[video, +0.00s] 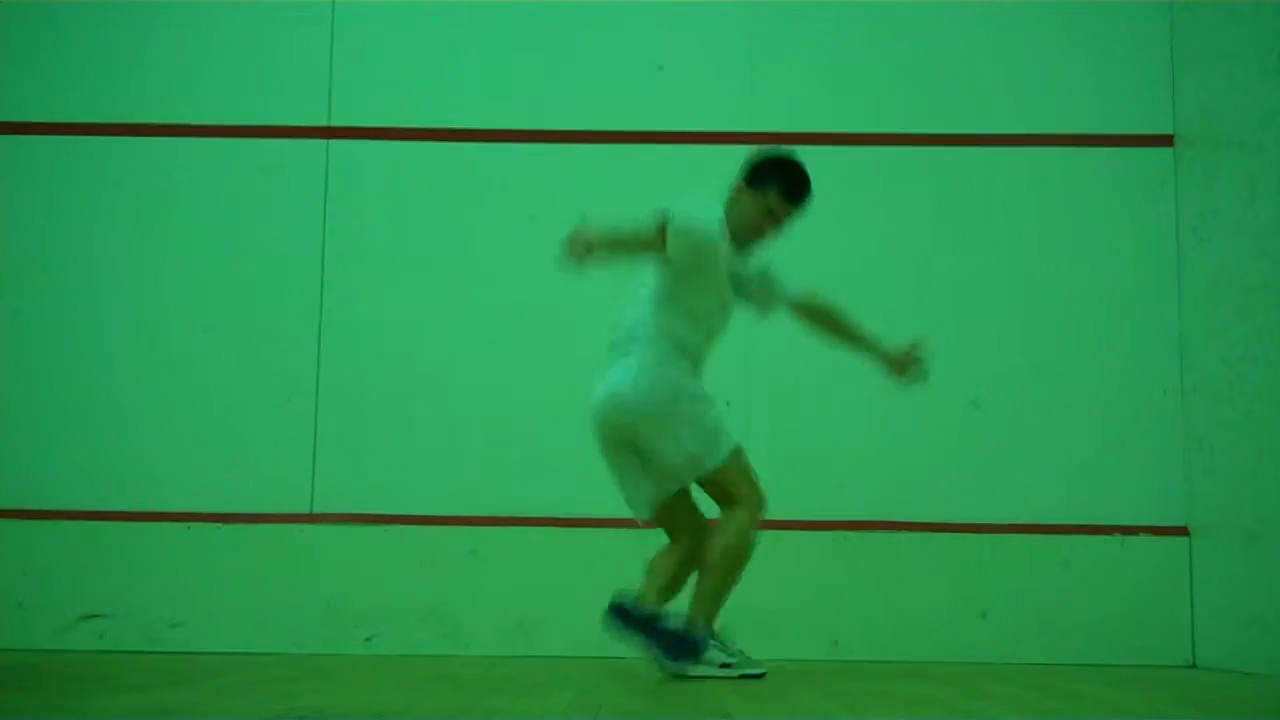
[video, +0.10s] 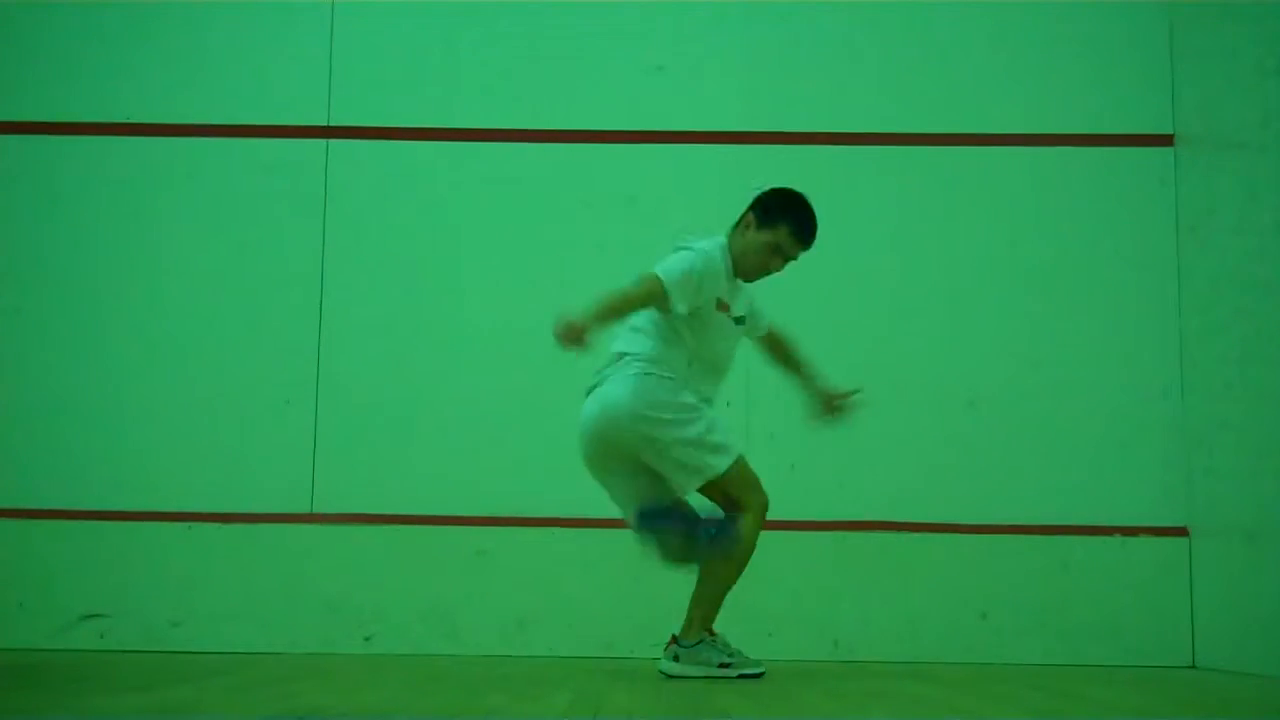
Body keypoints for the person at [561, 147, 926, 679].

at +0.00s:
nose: (769, 226)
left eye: (780, 220)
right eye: (767, 210)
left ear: (784, 221)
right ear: (740, 191)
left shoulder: (744, 272)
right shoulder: (699, 234)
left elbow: (810, 309)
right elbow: (645, 238)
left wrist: (883, 355)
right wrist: (592, 243)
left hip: (616, 402)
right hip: (659, 389)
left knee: (691, 534)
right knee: (746, 503)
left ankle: (639, 609)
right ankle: (696, 634)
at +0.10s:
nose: (776, 267)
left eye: (788, 261)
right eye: (776, 251)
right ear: (748, 223)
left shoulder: (741, 299)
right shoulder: (702, 261)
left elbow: (775, 342)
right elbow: (642, 292)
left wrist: (817, 390)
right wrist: (586, 321)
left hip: (601, 422)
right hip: (648, 400)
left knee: (685, 536)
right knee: (749, 503)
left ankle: (680, 533)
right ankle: (693, 640)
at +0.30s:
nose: (743, 217)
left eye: (752, 210)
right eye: (746, 202)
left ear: (715, 177)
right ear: (720, 175)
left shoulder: (660, 214)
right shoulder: (683, 208)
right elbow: (666, 263)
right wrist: (681, 325)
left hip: (581, 372)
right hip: (626, 363)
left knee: (658, 508)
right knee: (709, 486)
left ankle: (576, 507)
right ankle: (688, 637)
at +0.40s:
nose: (716, 188)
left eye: (724, 180)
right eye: (717, 173)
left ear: (676, 150)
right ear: (687, 147)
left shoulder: (606, 205)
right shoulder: (665, 181)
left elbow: (545, 275)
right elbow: (648, 233)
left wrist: (497, 348)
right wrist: (683, 307)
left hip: (576, 359)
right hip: (633, 350)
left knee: (574, 512)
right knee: (720, 469)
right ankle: (703, 616)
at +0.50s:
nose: (690, 182)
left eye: (696, 173)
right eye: (690, 168)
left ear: (647, 146)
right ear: (661, 144)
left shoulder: (572, 202)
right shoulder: (646, 178)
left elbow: (501, 258)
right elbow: (679, 212)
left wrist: (455, 323)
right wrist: (741, 249)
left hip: (584, 367)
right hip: (649, 348)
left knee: (555, 508)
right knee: (738, 416)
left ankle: (509, 635)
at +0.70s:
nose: (673, 129)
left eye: (667, 123)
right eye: (670, 121)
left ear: (609, 121)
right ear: (655, 118)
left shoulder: (566, 166)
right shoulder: (671, 143)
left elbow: (486, 226)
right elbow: (750, 140)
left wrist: (433, 290)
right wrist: (837, 134)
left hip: (643, 322)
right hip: (712, 302)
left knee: (605, 466)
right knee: (705, 421)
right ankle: (803, 479)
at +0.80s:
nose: (581, 154)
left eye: (580, 147)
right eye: (611, 145)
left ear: (581, 146)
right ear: (631, 140)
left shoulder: (572, 185)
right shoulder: (673, 166)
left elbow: (512, 262)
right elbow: (767, 157)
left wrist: (457, 332)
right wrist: (855, 146)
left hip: (683, 343)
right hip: (733, 335)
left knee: (650, 486)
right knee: (696, 472)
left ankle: (701, 629)